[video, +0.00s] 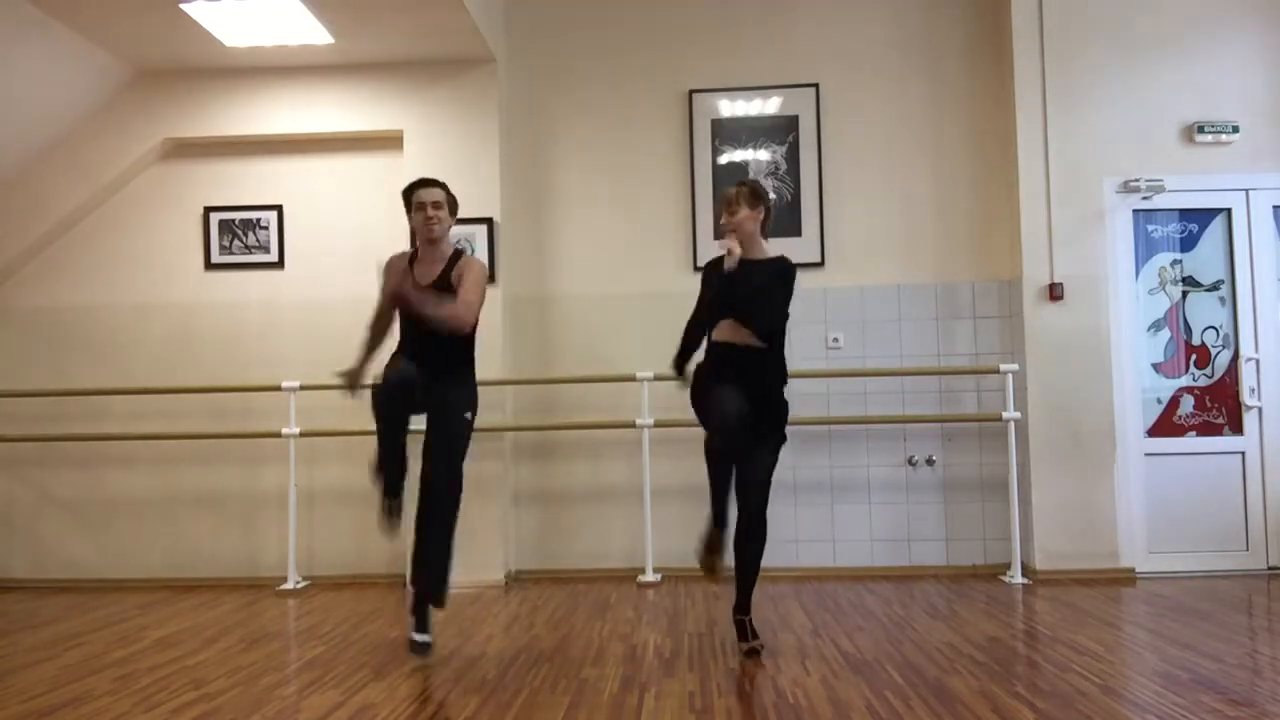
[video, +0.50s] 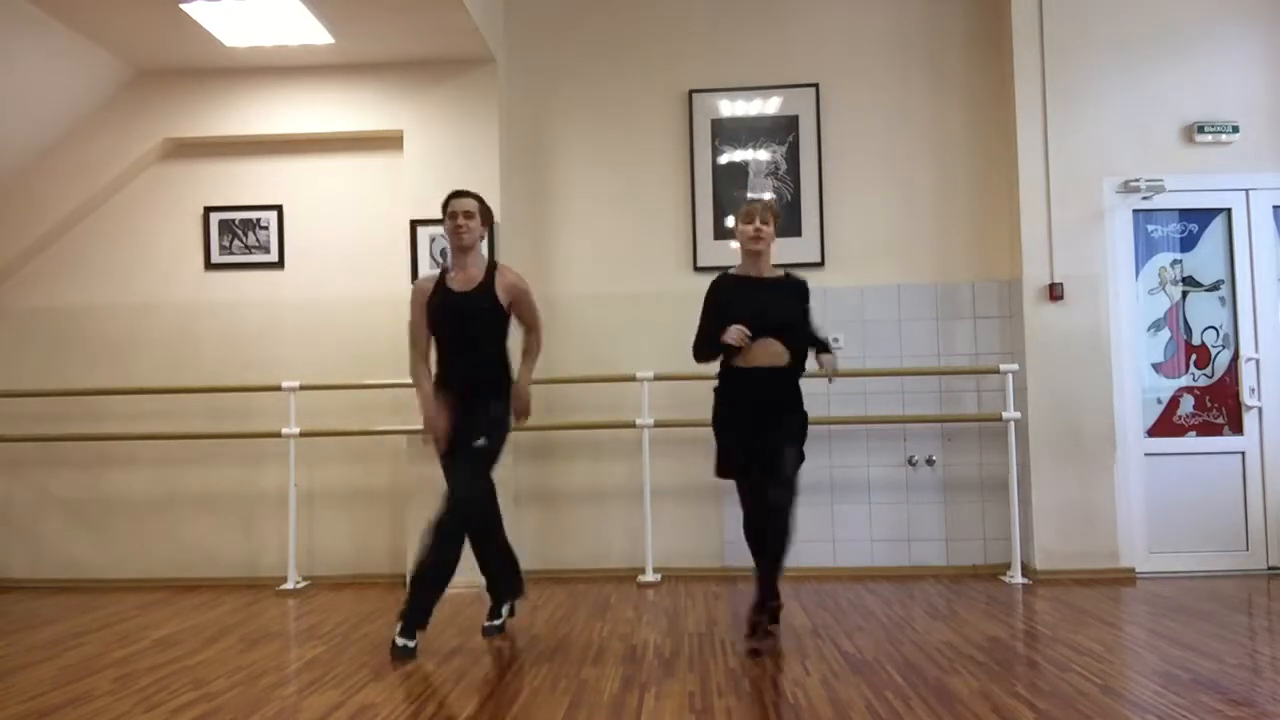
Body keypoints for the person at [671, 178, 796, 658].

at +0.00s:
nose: (730, 217)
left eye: (739, 208)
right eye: (726, 210)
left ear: (761, 214)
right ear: (722, 218)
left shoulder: (780, 268)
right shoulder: (716, 270)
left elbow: (769, 326)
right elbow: (701, 321)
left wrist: (734, 269)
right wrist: (680, 360)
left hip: (765, 385)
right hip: (718, 377)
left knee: (753, 506)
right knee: (727, 422)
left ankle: (743, 611)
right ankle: (717, 525)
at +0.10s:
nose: (732, 227)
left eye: (741, 218)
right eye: (729, 220)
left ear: (766, 222)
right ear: (727, 227)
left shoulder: (791, 275)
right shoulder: (724, 281)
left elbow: (783, 339)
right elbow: (686, 332)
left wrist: (741, 304)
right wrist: (642, 374)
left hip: (767, 398)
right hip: (718, 390)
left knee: (761, 514)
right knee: (688, 450)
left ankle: (742, 616)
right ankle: (672, 518)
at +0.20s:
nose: (732, 230)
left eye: (741, 221)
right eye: (728, 222)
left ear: (766, 224)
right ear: (726, 229)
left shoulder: (796, 280)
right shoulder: (723, 285)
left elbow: (816, 344)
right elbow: (689, 333)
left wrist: (782, 363)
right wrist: (645, 363)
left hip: (776, 415)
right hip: (724, 406)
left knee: (762, 516)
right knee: (681, 492)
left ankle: (739, 618)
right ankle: (624, 583)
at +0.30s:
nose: (734, 222)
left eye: (743, 214)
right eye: (730, 215)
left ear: (767, 220)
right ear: (727, 225)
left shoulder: (796, 276)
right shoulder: (720, 280)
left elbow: (833, 329)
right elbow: (691, 327)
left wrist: (813, 370)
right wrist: (663, 350)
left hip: (779, 396)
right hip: (728, 392)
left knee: (756, 512)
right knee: (691, 489)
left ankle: (737, 616)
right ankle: (680, 580)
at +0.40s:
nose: (749, 220)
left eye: (758, 214)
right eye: (741, 214)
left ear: (773, 223)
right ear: (732, 224)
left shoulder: (799, 273)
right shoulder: (720, 278)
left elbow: (831, 308)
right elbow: (693, 331)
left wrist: (831, 346)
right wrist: (698, 335)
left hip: (776, 397)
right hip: (726, 394)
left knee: (758, 507)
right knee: (728, 502)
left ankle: (742, 615)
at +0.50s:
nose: (756, 228)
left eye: (764, 222)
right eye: (748, 221)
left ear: (775, 231)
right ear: (736, 230)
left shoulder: (794, 286)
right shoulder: (722, 287)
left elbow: (802, 332)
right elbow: (701, 353)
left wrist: (822, 347)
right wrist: (723, 340)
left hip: (783, 403)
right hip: (738, 404)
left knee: (777, 499)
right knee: (754, 504)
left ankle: (763, 606)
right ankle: (770, 596)